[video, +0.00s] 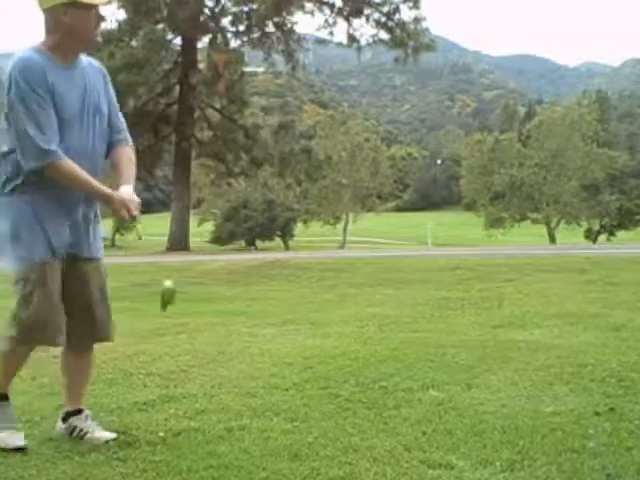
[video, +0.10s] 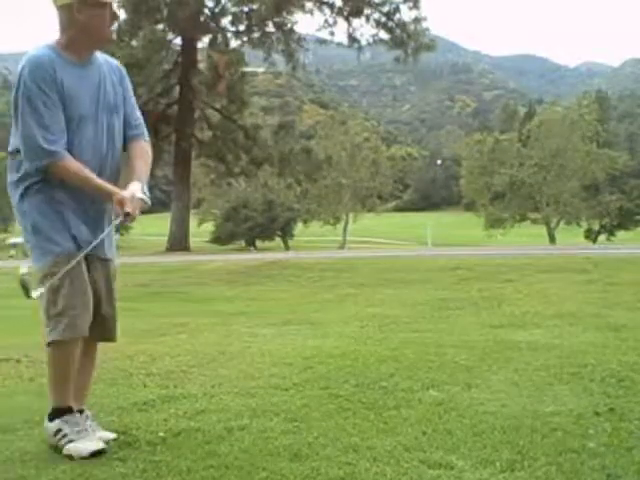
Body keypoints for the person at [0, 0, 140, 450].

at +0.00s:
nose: (101, 20)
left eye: (101, 13)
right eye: (93, 12)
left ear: (72, 19)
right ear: (62, 17)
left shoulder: (96, 72)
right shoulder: (27, 69)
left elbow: (120, 141)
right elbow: (43, 156)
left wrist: (124, 189)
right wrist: (108, 194)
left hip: (82, 217)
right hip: (31, 216)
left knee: (84, 320)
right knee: (36, 320)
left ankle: (73, 414)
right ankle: (0, 395)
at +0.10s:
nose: (114, 16)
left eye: (113, 8)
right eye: (105, 8)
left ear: (94, 16)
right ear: (75, 14)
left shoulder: (113, 71)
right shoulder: (39, 68)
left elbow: (138, 137)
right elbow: (49, 156)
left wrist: (137, 184)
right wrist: (112, 192)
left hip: (97, 212)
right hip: (51, 210)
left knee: (94, 314)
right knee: (69, 310)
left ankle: (77, 413)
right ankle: (60, 418)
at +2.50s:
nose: (329, 53)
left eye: (340, 41)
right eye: (317, 43)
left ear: (358, 23)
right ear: (295, 23)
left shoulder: (385, 59)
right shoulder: (268, 79)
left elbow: (376, 161)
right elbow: (288, 192)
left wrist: (353, 250)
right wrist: (330, 273)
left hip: (356, 221)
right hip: (274, 222)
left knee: (382, 328)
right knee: (251, 340)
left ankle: (379, 446)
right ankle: (243, 453)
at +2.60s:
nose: (337, 53)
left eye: (348, 42)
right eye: (325, 43)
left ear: (364, 23)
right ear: (303, 24)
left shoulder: (394, 59)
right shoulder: (275, 78)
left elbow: (384, 163)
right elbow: (295, 193)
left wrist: (358, 251)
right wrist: (333, 273)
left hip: (359, 227)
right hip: (278, 225)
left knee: (379, 341)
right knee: (254, 345)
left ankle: (380, 453)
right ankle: (243, 454)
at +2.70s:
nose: (353, 55)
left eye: (362, 44)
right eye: (340, 46)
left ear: (378, 24)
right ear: (317, 26)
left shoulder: (406, 62)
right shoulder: (287, 78)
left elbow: (395, 167)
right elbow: (305, 195)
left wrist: (366, 254)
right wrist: (343, 277)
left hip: (366, 226)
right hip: (287, 223)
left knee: (383, 342)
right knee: (257, 342)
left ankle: (380, 451)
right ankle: (240, 449)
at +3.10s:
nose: (366, 64)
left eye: (376, 52)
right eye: (353, 54)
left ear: (390, 32)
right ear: (327, 31)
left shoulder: (406, 67)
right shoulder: (294, 82)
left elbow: (394, 171)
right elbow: (310, 199)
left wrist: (370, 260)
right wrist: (347, 279)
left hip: (360, 225)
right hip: (283, 222)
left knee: (378, 340)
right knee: (250, 341)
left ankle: (380, 453)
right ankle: (229, 454)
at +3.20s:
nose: (358, 70)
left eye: (368, 58)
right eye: (345, 60)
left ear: (381, 39)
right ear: (319, 38)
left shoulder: (397, 71)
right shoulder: (285, 89)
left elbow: (388, 173)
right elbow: (304, 206)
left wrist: (363, 261)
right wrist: (341, 284)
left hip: (352, 227)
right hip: (277, 224)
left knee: (375, 339)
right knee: (248, 343)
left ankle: (379, 452)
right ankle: (227, 455)